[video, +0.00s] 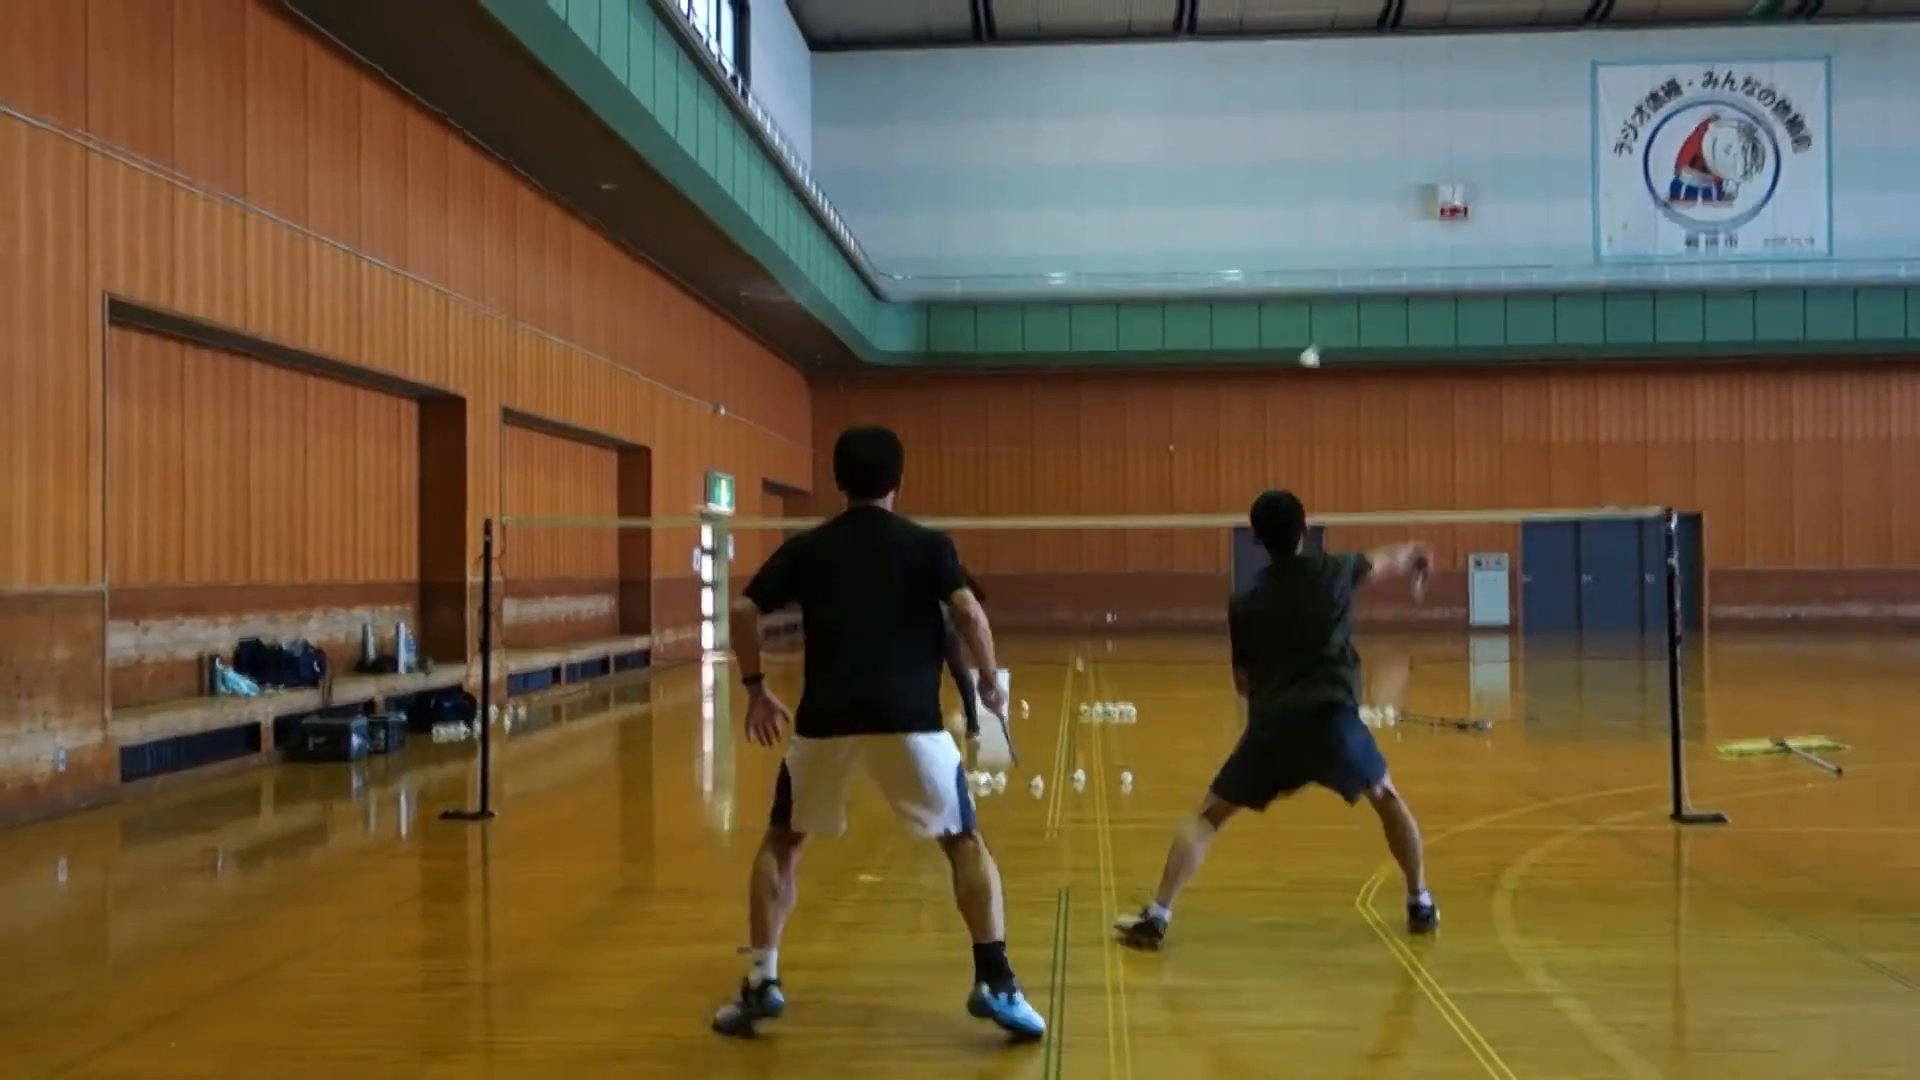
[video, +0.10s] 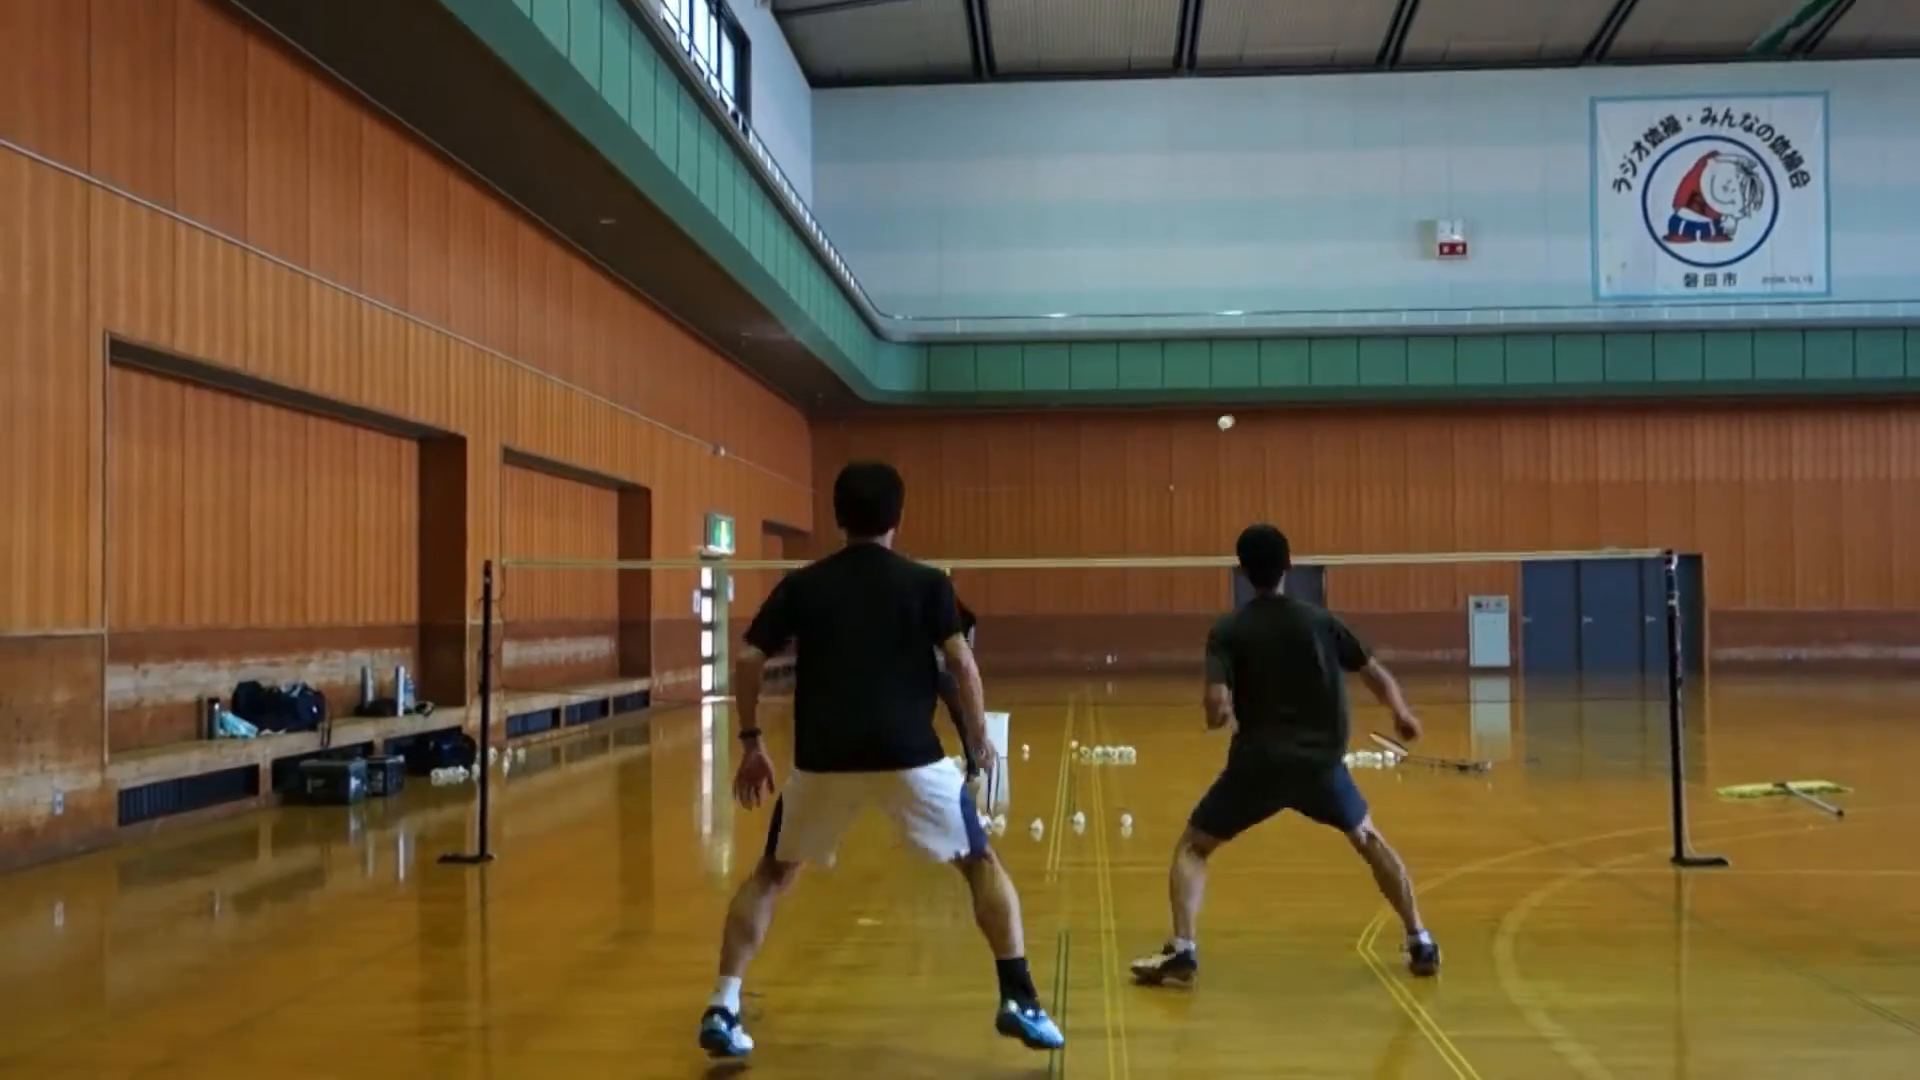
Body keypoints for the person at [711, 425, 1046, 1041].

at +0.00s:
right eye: (897, 476)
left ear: (839, 481)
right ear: (898, 481)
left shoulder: (809, 547)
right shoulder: (928, 546)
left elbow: (744, 610)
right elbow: (971, 615)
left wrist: (755, 688)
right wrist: (992, 678)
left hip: (825, 718)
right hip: (910, 720)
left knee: (782, 841)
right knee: (964, 842)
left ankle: (762, 982)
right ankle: (996, 982)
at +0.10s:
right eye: (899, 512)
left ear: (838, 516)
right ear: (899, 517)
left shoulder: (803, 584)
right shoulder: (926, 583)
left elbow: (747, 659)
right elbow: (961, 664)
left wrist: (749, 742)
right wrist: (978, 744)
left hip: (822, 760)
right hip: (911, 756)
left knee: (771, 872)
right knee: (981, 863)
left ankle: (723, 1007)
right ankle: (1019, 996)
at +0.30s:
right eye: (917, 569)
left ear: (859, 578)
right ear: (918, 576)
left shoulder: (831, 647)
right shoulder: (941, 644)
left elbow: (786, 734)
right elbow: (973, 740)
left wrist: (761, 812)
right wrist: (993, 786)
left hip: (827, 816)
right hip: (914, 816)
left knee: (761, 918)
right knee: (1010, 909)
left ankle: (691, 1041)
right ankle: (1086, 1028)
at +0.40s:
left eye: (890, 566)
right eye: (935, 563)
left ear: (888, 575)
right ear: (946, 573)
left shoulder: (859, 646)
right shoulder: (981, 640)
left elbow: (812, 731)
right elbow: (1031, 719)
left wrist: (792, 801)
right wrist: (1033, 758)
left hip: (871, 819)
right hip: (962, 814)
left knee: (797, 910)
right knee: (1044, 892)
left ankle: (709, 1022)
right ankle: (1096, 1027)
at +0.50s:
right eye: (958, 539)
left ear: (905, 547)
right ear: (964, 547)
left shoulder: (878, 617)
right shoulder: (999, 613)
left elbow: (826, 691)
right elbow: (1056, 679)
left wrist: (825, 766)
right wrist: (1051, 728)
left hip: (890, 788)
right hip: (976, 789)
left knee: (817, 890)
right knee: (1043, 893)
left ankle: (754, 1009)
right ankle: (1096, 1027)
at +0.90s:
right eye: (925, 540)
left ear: (868, 545)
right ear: (926, 547)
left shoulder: (838, 606)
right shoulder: (953, 607)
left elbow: (772, 655)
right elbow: (994, 672)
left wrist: (771, 740)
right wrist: (1000, 739)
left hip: (847, 772)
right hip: (931, 777)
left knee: (782, 853)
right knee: (1014, 875)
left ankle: (780, 981)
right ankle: (1088, 996)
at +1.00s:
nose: (894, 555)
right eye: (893, 549)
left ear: (832, 555)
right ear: (890, 558)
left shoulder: (808, 617)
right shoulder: (917, 623)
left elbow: (742, 681)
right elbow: (952, 699)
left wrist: (734, 770)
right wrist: (949, 782)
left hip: (806, 782)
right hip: (889, 784)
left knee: (737, 868)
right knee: (977, 877)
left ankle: (685, 988)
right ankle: (1033, 1008)